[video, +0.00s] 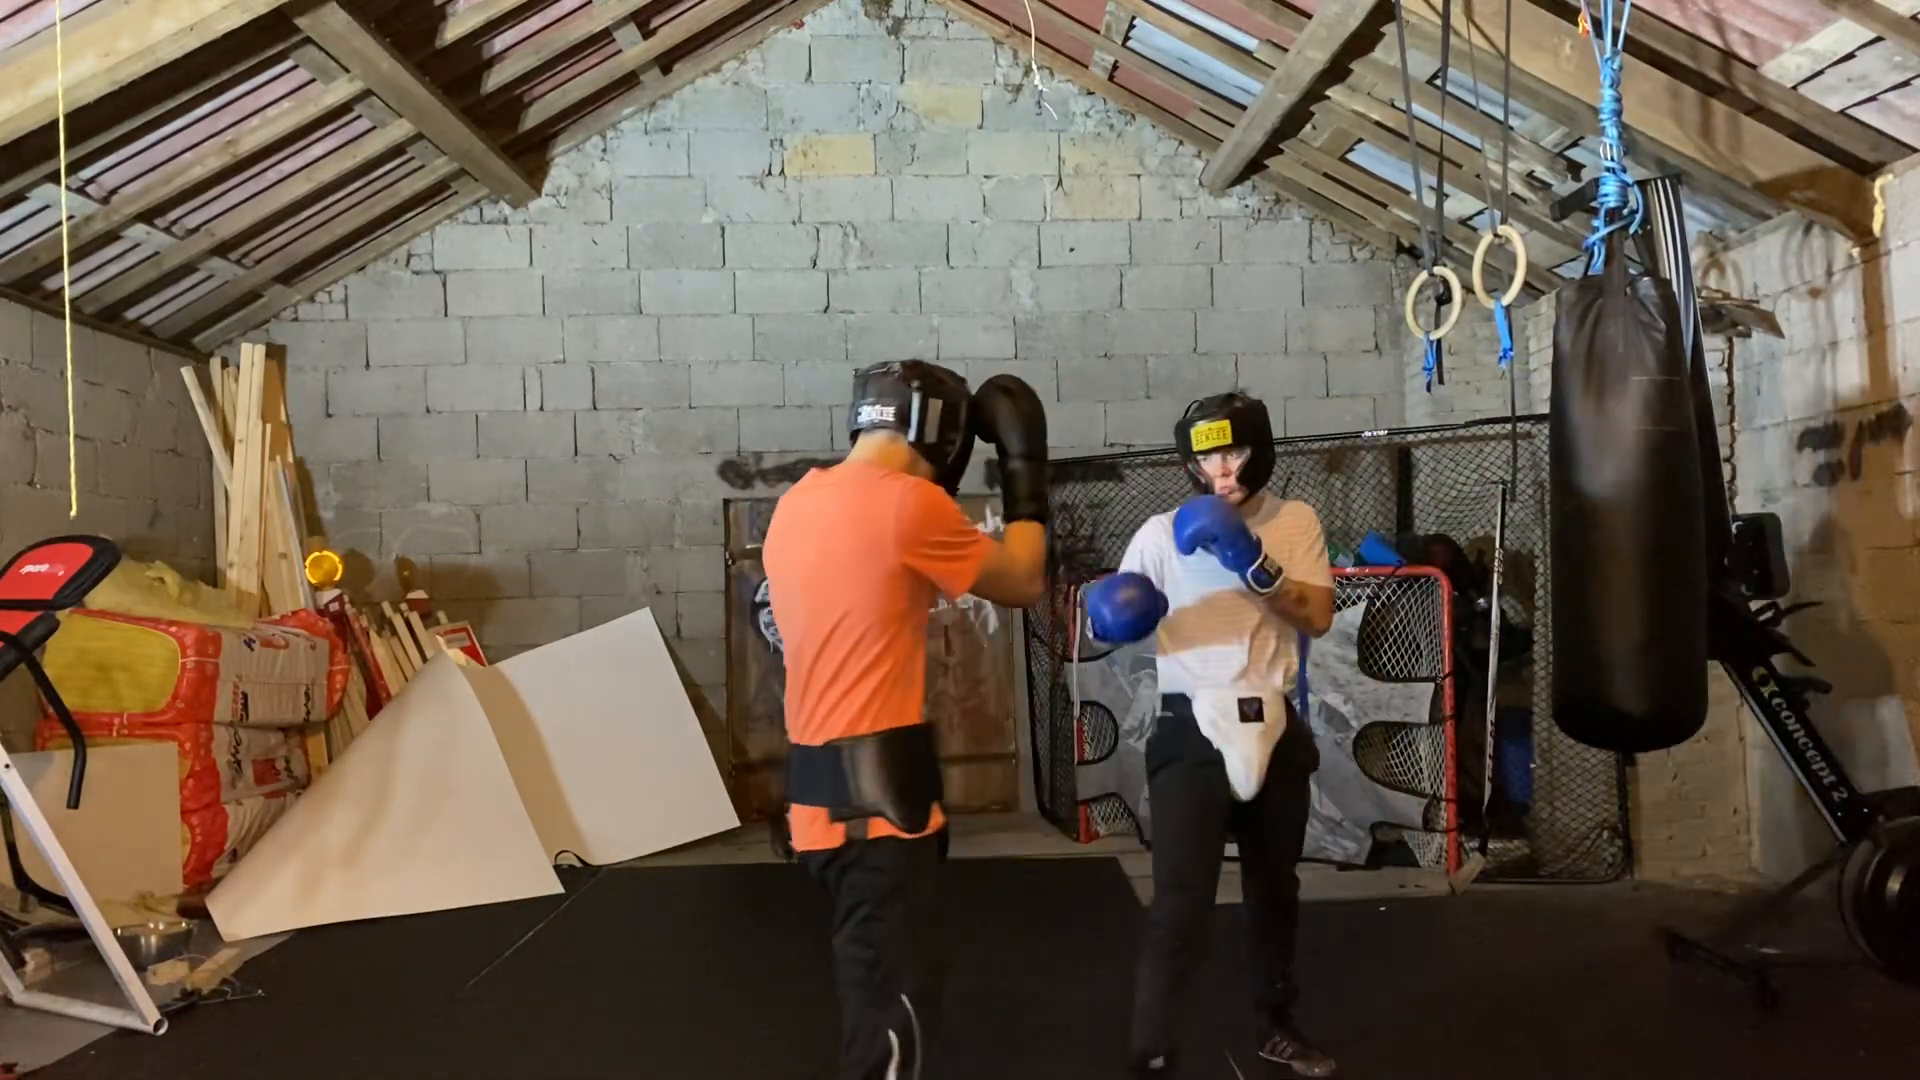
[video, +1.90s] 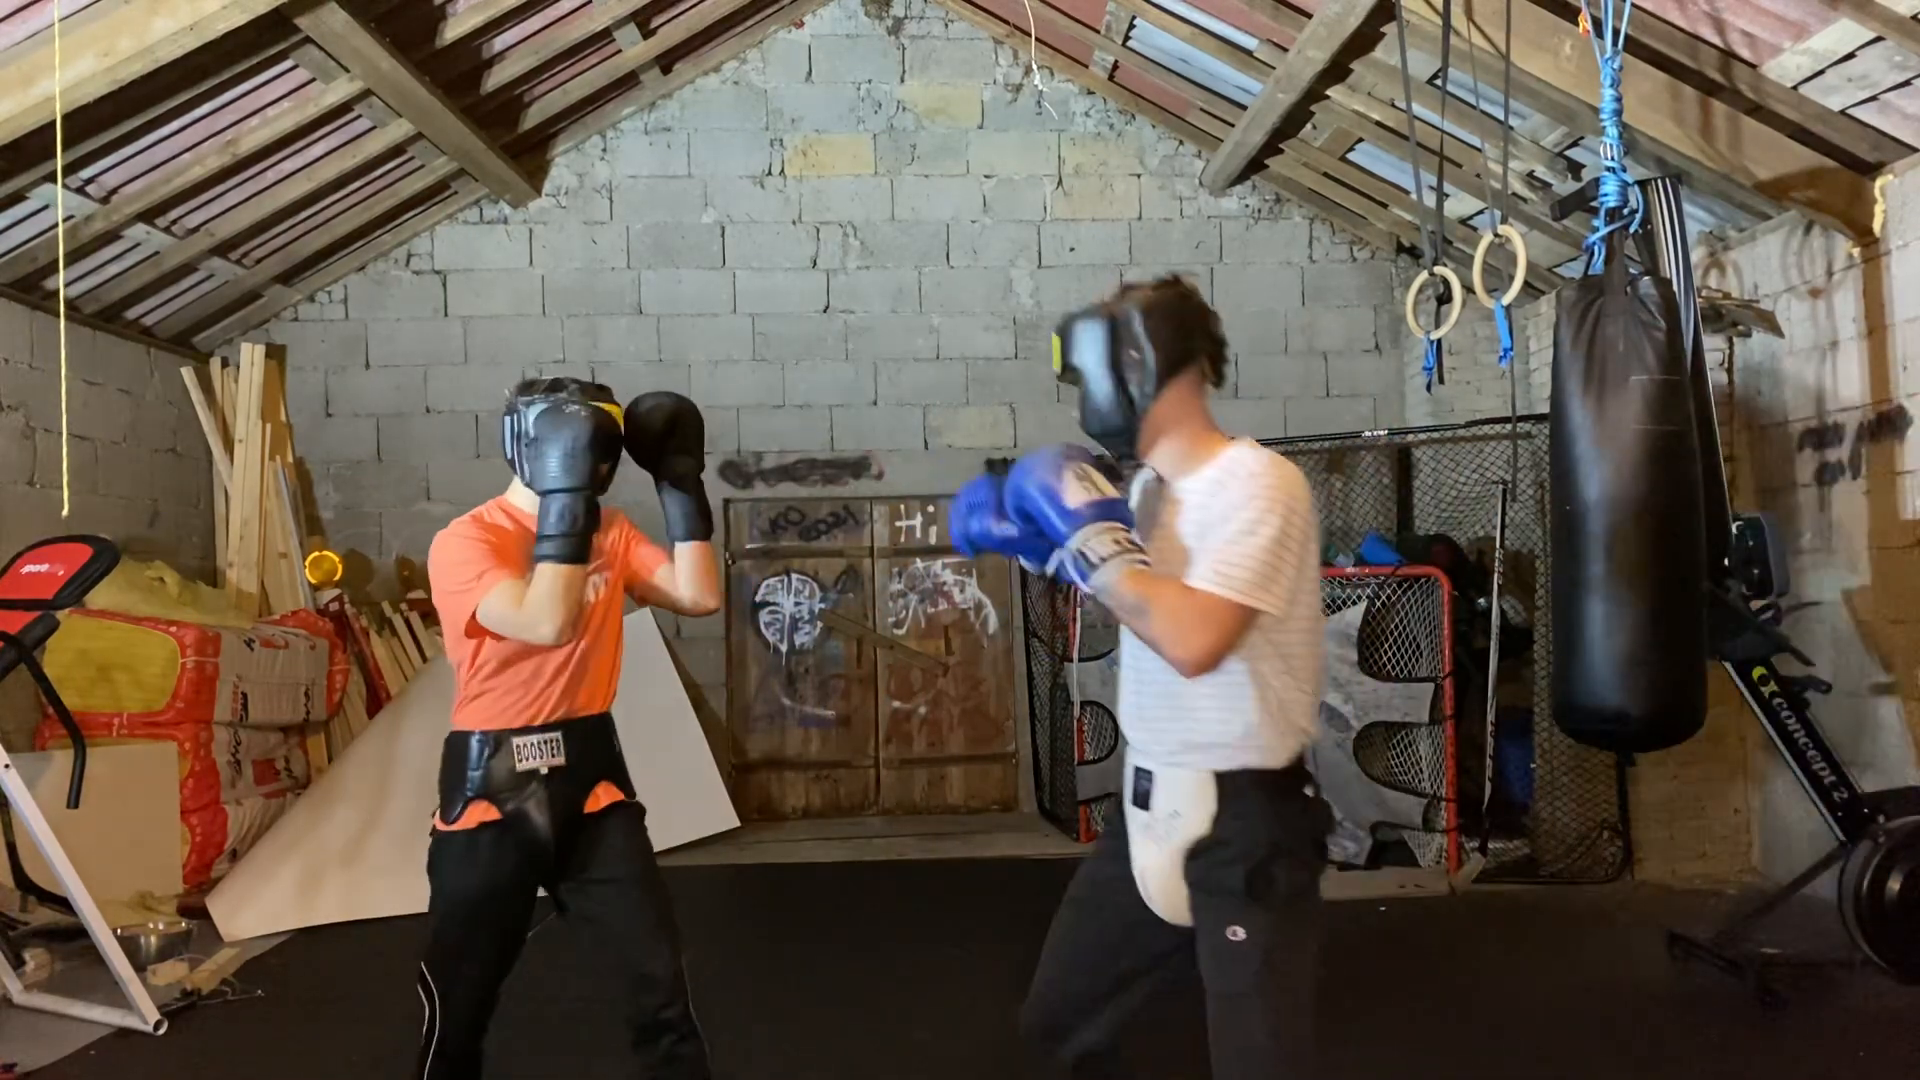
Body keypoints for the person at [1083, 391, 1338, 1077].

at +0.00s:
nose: (1226, 471)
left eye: (1237, 455)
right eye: (1211, 459)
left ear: (1261, 453)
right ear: (1192, 464)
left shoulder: (1294, 523)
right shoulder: (1161, 534)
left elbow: (1319, 614)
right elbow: (1114, 620)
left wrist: (1256, 569)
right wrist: (1108, 620)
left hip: (1277, 727)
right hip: (1187, 729)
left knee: (1273, 892)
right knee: (1180, 900)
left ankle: (1275, 1030)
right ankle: (1150, 1058)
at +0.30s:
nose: (1187, 461)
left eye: (1200, 444)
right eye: (1173, 449)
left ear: (1232, 442)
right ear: (1159, 455)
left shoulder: (1278, 512)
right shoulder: (1136, 512)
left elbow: (1304, 624)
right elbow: (1060, 556)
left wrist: (1241, 569)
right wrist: (1028, 531)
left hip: (1281, 729)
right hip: (1187, 737)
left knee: (1374, 904)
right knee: (1174, 930)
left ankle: (1355, 1010)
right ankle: (1147, 1068)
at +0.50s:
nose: (1230, 451)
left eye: (1244, 432)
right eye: (1216, 434)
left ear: (1282, 433)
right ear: (1201, 441)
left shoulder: (1331, 503)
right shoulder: (1169, 513)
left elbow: (1354, 620)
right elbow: (1114, 614)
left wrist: (1270, 555)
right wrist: (1114, 620)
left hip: (1315, 733)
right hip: (1209, 737)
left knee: (1383, 922)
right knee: (1184, 936)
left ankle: (1436, 1054)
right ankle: (1156, 1068)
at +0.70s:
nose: (1280, 446)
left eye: (1296, 427)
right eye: (1275, 428)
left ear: (1348, 430)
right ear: (1273, 436)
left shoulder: (1416, 517)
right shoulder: (1255, 517)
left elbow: (1413, 635)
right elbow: (1238, 617)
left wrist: (1313, 548)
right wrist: (1199, 615)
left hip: (1388, 766)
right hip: (1274, 768)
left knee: (1443, 969)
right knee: (1207, 964)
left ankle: (1487, 1071)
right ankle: (1195, 1070)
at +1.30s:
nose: (1167, 421)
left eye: (1178, 396)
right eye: (1163, 402)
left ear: (1245, 391)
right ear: (1232, 397)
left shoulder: (1349, 472)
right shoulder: (1200, 507)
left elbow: (1340, 593)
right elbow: (1196, 624)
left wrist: (1209, 509)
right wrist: (1110, 612)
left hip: (1354, 777)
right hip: (1233, 780)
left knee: (1419, 1009)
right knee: (1201, 1012)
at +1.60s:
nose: (1123, 395)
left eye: (1133, 372)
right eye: (1122, 374)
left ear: (1188, 368)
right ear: (1201, 370)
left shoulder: (1307, 465)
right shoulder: (1157, 482)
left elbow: (1280, 612)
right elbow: (1107, 573)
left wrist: (1166, 528)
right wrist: (1007, 537)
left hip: (1295, 772)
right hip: (1187, 773)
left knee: (1308, 1032)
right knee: (1184, 1025)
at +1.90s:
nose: (1086, 396)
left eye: (1093, 371)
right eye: (1084, 374)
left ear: (1134, 370)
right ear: (1179, 366)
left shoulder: (1263, 486)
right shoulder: (1146, 494)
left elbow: (1194, 638)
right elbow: (1147, 603)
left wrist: (1097, 542)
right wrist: (1054, 552)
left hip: (1248, 821)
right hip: (1152, 812)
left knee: (1260, 1062)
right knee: (1056, 1028)